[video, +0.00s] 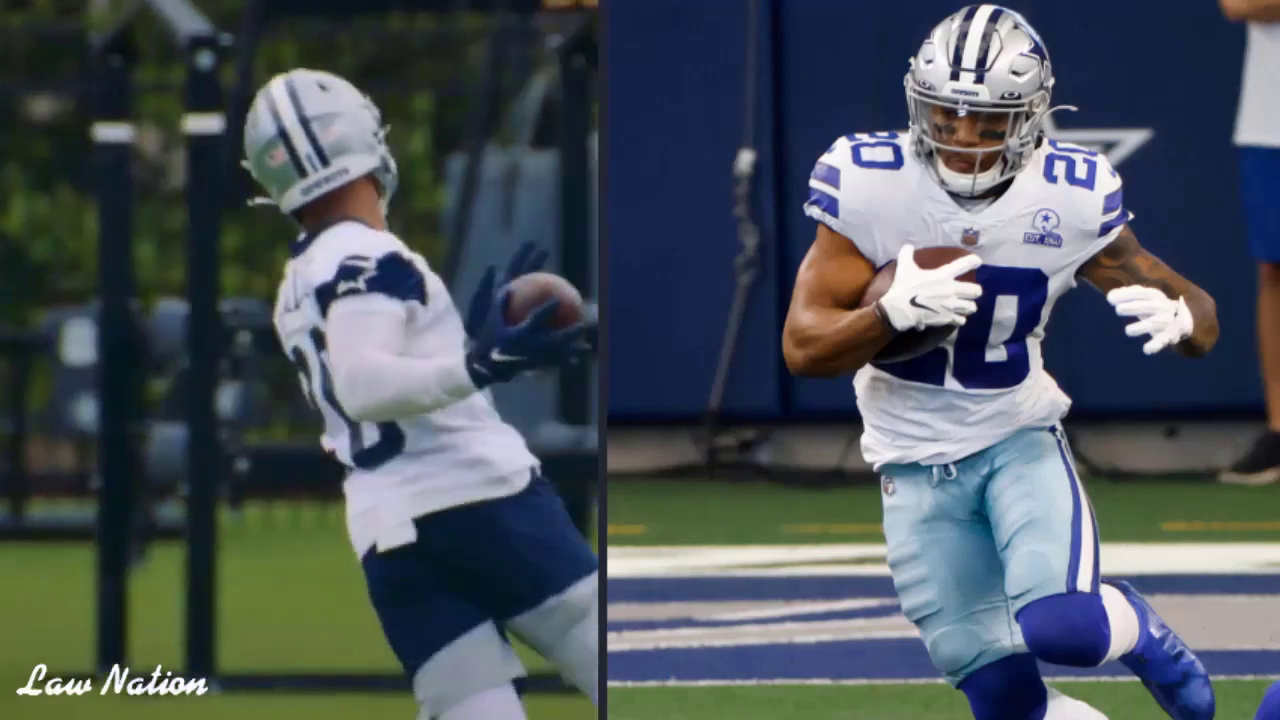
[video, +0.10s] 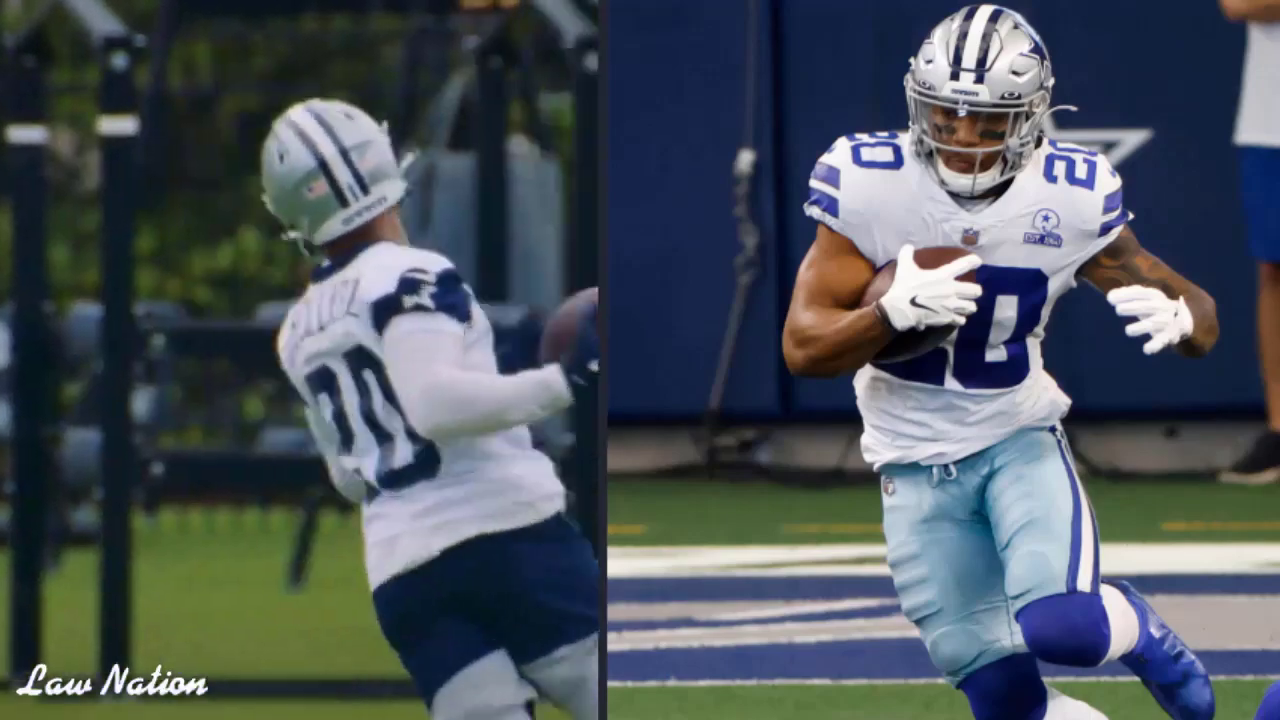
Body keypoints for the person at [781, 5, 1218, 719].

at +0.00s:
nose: (966, 138)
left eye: (988, 121)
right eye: (950, 117)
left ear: (1028, 119)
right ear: (922, 110)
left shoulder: (1071, 194)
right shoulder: (863, 179)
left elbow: (1197, 309)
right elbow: (801, 349)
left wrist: (1181, 319)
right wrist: (887, 313)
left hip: (1018, 437)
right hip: (911, 468)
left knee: (1054, 626)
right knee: (1001, 696)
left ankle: (1142, 633)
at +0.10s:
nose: (966, 138)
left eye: (988, 121)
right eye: (950, 117)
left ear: (1028, 119)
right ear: (922, 110)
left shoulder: (1071, 194)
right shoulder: (863, 179)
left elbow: (1197, 309)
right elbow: (801, 349)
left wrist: (1181, 319)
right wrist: (887, 313)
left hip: (1018, 437)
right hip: (911, 467)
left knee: (1054, 626)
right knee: (1001, 696)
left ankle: (1142, 633)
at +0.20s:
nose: (966, 138)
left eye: (988, 121)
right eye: (950, 117)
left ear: (1028, 119)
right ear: (922, 110)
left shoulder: (1071, 194)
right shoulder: (863, 179)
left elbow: (1197, 309)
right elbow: (801, 349)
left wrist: (1181, 319)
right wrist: (887, 313)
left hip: (1018, 437)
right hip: (911, 467)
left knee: (1054, 626)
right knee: (1001, 696)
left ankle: (1142, 633)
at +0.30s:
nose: (966, 138)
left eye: (988, 121)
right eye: (950, 117)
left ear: (1028, 119)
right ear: (922, 110)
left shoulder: (1071, 194)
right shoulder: (863, 179)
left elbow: (1197, 309)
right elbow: (801, 349)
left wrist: (1181, 319)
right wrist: (887, 313)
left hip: (1018, 437)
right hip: (911, 467)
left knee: (1054, 626)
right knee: (1001, 696)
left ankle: (1142, 633)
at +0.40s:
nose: (966, 138)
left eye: (988, 121)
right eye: (950, 117)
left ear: (1028, 119)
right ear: (922, 110)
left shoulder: (1071, 194)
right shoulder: (863, 179)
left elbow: (1197, 309)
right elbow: (801, 349)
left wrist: (1181, 319)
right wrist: (887, 313)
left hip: (1018, 437)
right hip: (911, 467)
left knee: (1054, 626)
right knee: (1001, 696)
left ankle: (1142, 633)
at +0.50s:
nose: (966, 138)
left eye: (988, 121)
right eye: (950, 117)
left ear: (1028, 119)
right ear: (922, 110)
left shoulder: (1071, 194)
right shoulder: (863, 179)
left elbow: (1197, 309)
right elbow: (801, 349)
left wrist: (1181, 319)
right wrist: (887, 313)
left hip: (1018, 437)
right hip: (911, 467)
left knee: (1054, 626)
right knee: (1001, 696)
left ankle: (1142, 633)